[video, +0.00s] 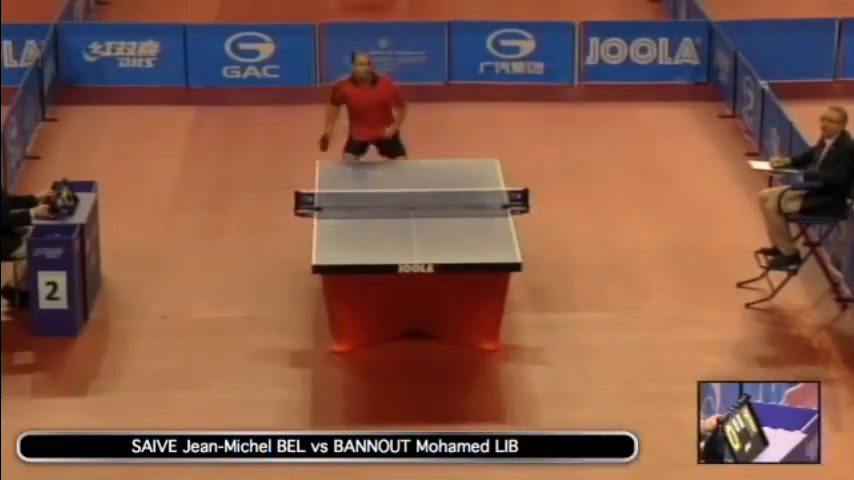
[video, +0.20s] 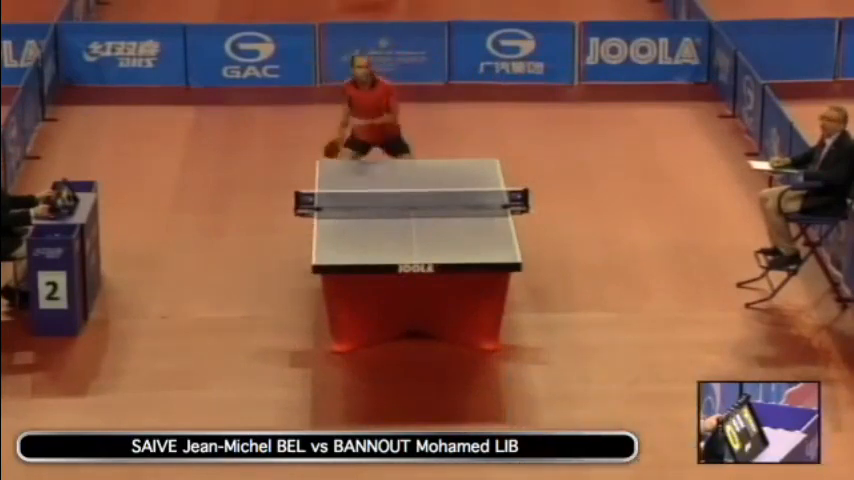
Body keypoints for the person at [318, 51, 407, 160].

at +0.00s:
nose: (364, 69)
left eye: (367, 65)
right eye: (360, 65)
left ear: (371, 66)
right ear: (354, 67)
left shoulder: (386, 85)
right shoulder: (343, 88)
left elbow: (400, 108)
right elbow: (333, 110)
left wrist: (394, 127)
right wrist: (327, 133)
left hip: (385, 133)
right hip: (358, 135)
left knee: (402, 165)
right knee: (347, 166)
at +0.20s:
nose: (363, 72)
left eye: (366, 67)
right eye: (359, 67)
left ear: (370, 69)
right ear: (353, 70)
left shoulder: (386, 88)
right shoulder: (349, 89)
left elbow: (392, 117)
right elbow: (345, 116)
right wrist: (340, 138)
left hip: (387, 135)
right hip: (361, 136)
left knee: (408, 163)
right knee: (343, 163)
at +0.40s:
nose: (329, 62)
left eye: (332, 58)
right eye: (326, 58)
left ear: (339, 60)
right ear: (322, 61)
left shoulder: (352, 81)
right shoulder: (324, 82)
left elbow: (355, 112)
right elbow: (324, 108)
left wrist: (326, 118)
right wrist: (314, 132)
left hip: (362, 133)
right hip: (339, 132)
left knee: (372, 171)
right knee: (325, 165)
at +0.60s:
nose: (299, 67)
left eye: (302, 63)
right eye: (296, 63)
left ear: (310, 64)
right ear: (294, 65)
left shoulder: (326, 81)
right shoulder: (297, 87)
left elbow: (346, 104)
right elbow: (292, 110)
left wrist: (333, 128)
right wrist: (278, 129)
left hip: (337, 133)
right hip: (318, 135)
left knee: (313, 169)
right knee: (314, 172)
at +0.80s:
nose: (278, 67)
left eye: (282, 63)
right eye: (277, 63)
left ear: (291, 64)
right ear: (274, 65)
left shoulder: (305, 84)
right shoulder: (272, 85)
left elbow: (323, 105)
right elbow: (267, 108)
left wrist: (308, 125)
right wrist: (258, 129)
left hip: (302, 136)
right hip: (282, 137)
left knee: (282, 176)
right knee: (291, 176)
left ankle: (284, 228)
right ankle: (318, 192)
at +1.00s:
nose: (249, 72)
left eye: (253, 68)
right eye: (247, 68)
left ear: (262, 69)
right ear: (246, 70)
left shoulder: (276, 88)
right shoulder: (249, 87)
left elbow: (281, 119)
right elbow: (246, 112)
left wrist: (255, 124)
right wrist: (239, 130)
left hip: (273, 145)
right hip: (253, 143)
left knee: (267, 189)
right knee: (243, 184)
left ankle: (282, 228)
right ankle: (260, 222)